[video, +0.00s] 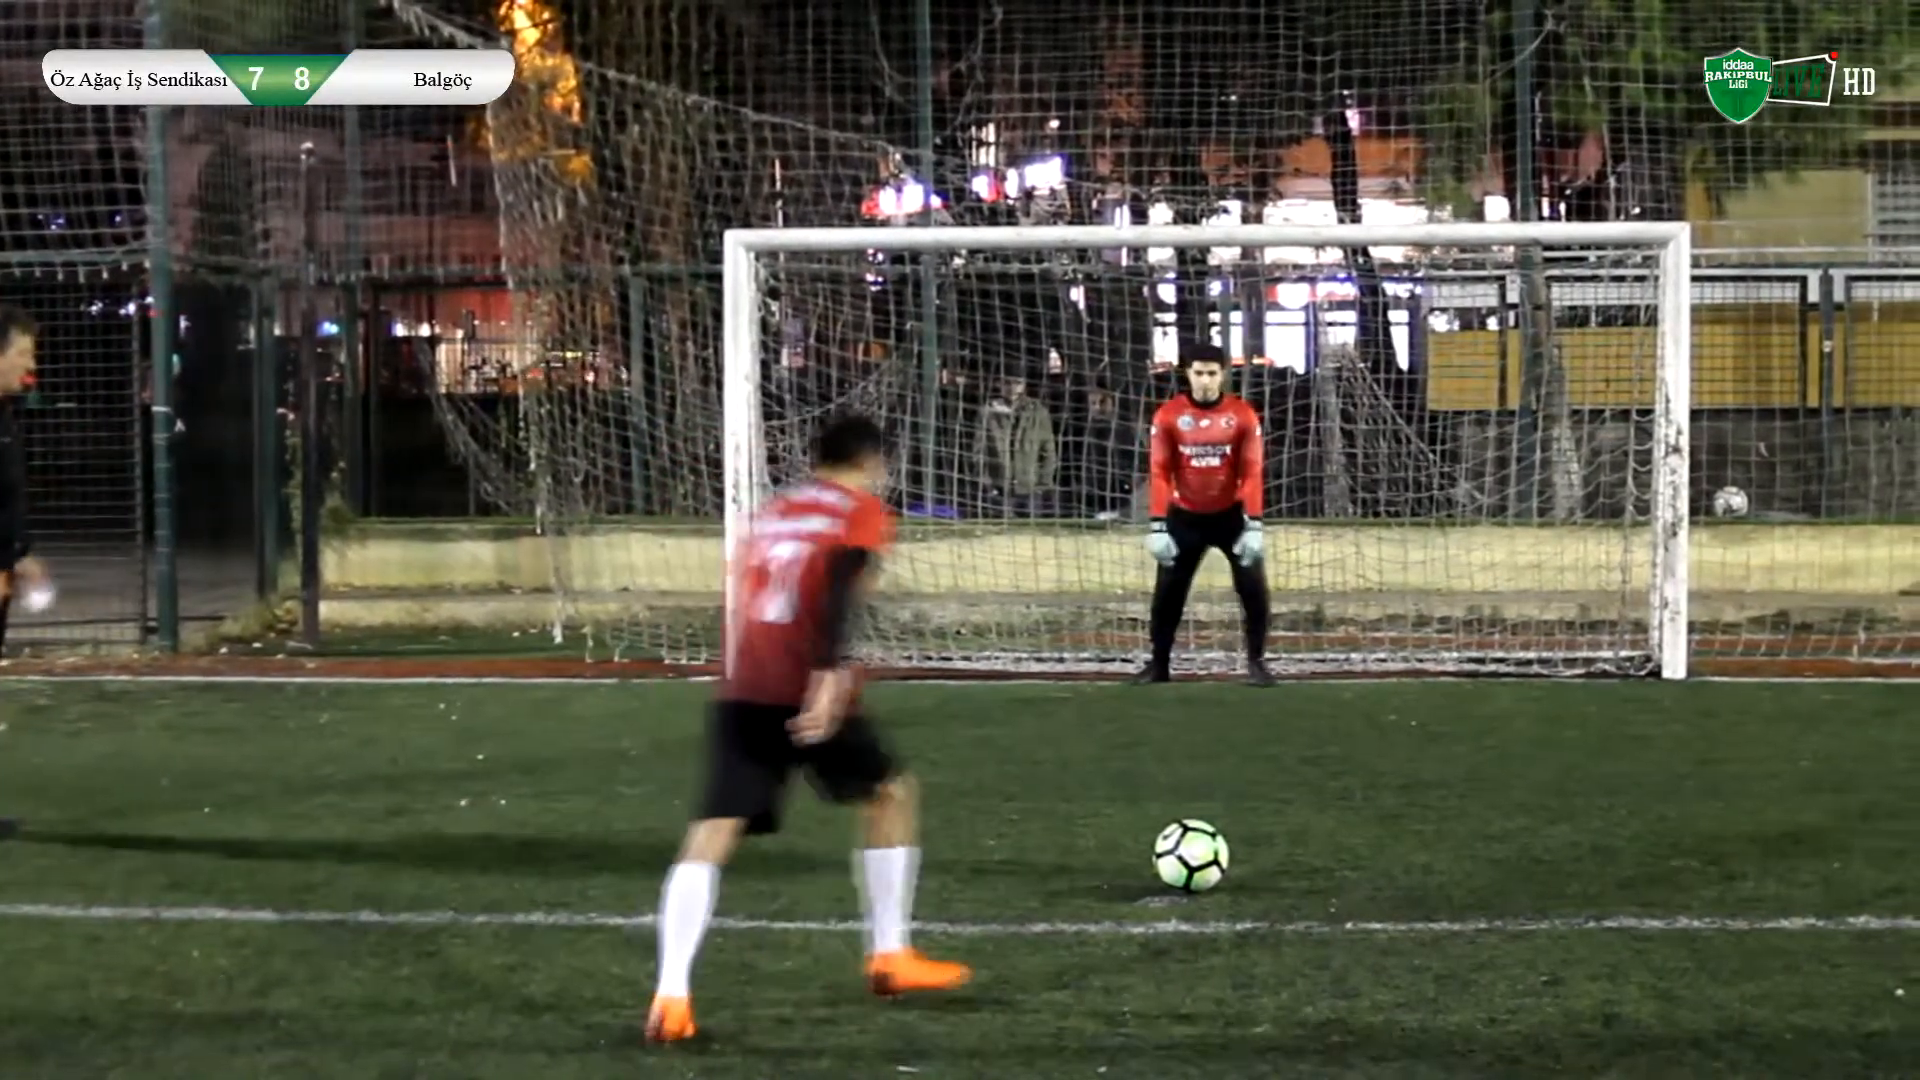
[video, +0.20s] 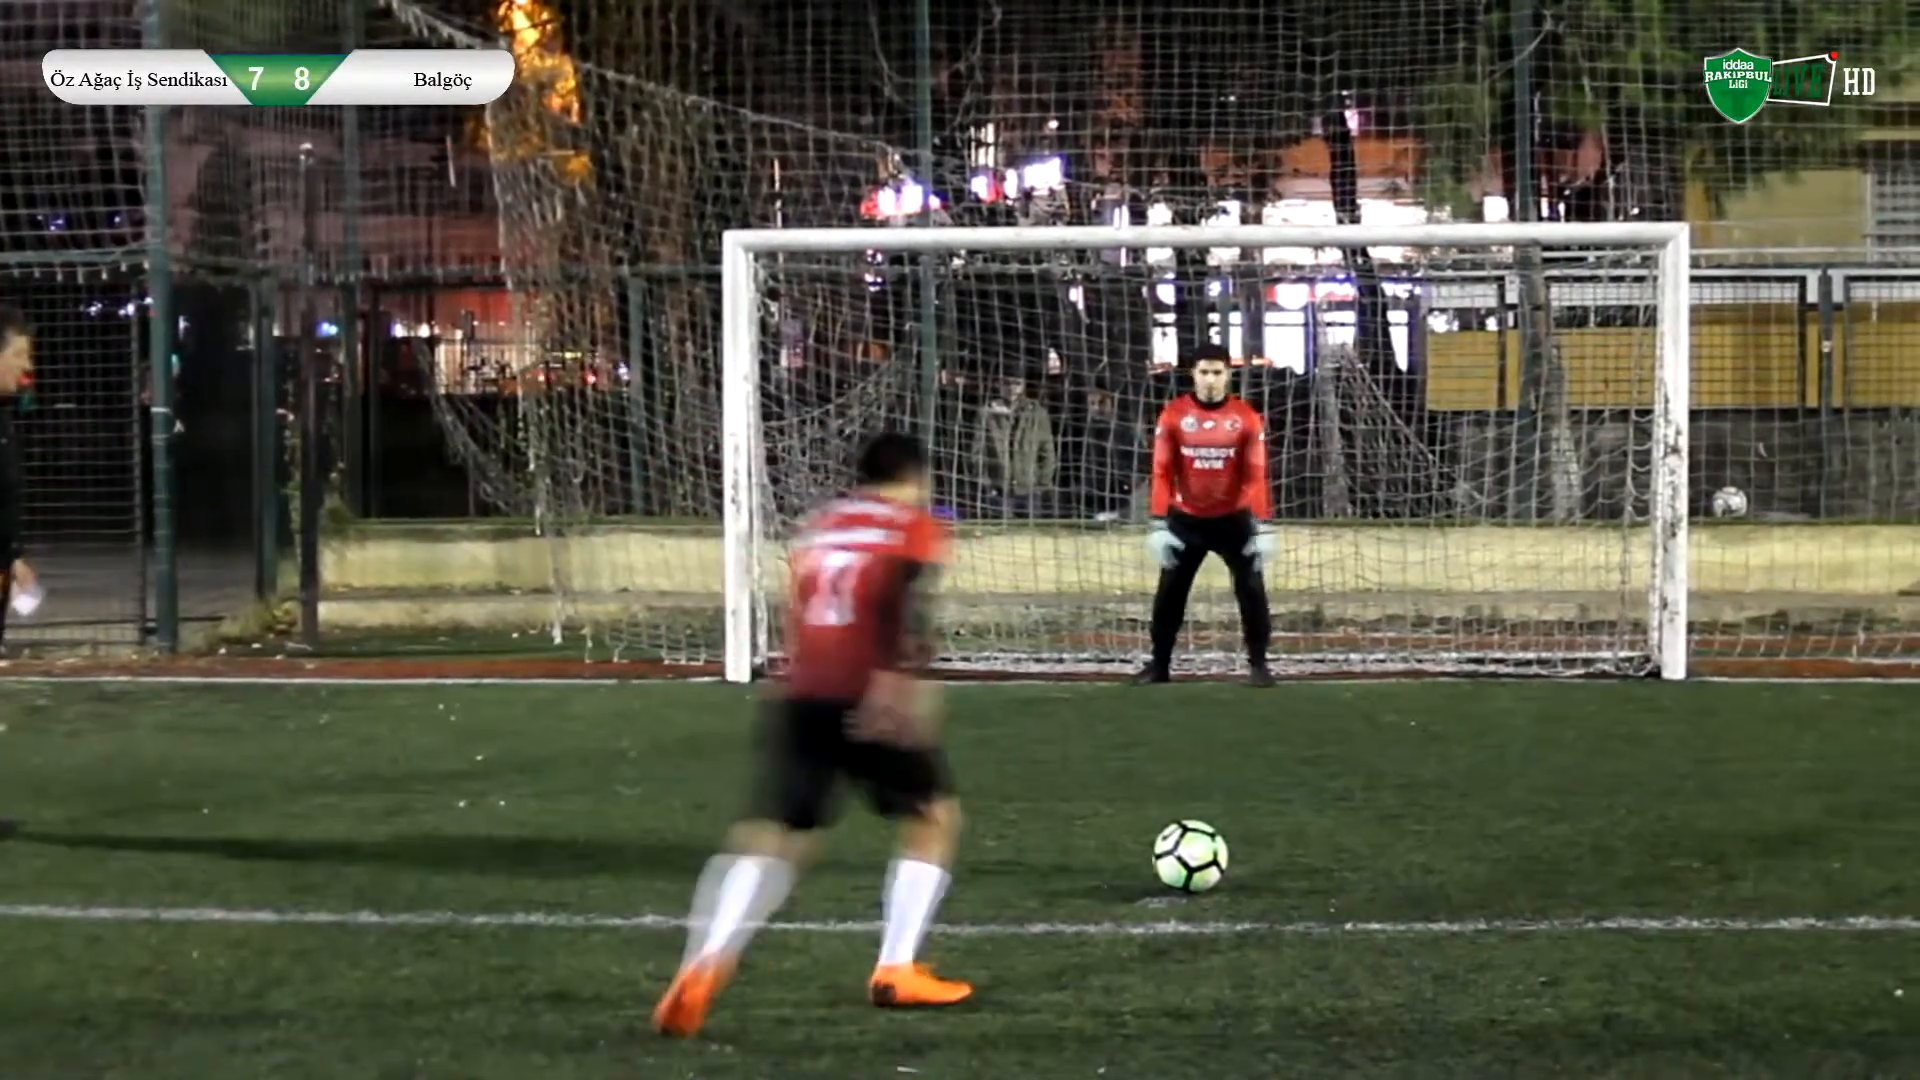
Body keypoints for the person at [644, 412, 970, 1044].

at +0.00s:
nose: (882, 474)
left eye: (882, 464)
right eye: (881, 464)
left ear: (821, 458)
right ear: (868, 462)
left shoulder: (768, 511)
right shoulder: (862, 511)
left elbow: (748, 600)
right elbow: (842, 588)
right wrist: (833, 672)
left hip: (740, 695)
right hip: (807, 693)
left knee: (712, 832)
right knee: (889, 791)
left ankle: (671, 992)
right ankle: (891, 950)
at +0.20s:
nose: (926, 490)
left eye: (923, 481)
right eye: (924, 480)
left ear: (866, 475)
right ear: (912, 478)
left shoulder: (819, 523)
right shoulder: (915, 528)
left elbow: (798, 614)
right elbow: (910, 602)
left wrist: (812, 667)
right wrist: (900, 672)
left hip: (802, 697)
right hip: (870, 698)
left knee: (784, 832)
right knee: (933, 814)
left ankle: (707, 961)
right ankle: (897, 963)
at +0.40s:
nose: (960, 480)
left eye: (958, 470)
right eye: (957, 470)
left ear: (899, 471)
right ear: (949, 472)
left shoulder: (860, 518)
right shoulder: (960, 525)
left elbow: (821, 538)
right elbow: (1006, 607)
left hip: (860, 695)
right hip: (919, 696)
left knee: (920, 827)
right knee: (964, 826)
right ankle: (905, 960)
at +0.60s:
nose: (974, 441)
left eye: (968, 432)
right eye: (972, 431)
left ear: (918, 438)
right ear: (967, 436)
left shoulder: (894, 488)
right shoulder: (998, 492)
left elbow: (803, 479)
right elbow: (1057, 560)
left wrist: (829, 541)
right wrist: (1100, 598)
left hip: (917, 663)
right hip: (973, 660)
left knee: (1002, 765)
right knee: (978, 793)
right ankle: (930, 920)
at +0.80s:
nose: (991, 436)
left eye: (986, 427)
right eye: (988, 428)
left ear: (934, 438)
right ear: (982, 432)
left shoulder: (913, 499)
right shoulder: (1009, 489)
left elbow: (840, 536)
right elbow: (1080, 558)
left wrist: (840, 610)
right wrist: (1158, 580)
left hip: (972, 669)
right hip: (1025, 662)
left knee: (1053, 767)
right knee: (1083, 769)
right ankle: (1003, 823)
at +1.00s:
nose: (1001, 455)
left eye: (997, 448)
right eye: (998, 448)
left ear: (945, 456)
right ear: (992, 450)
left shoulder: (926, 520)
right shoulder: (1012, 510)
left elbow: (900, 604)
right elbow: (1055, 567)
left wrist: (891, 672)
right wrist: (1110, 609)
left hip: (973, 677)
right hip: (1028, 669)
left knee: (1048, 748)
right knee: (1114, 734)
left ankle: (1082, 865)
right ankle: (1151, 850)